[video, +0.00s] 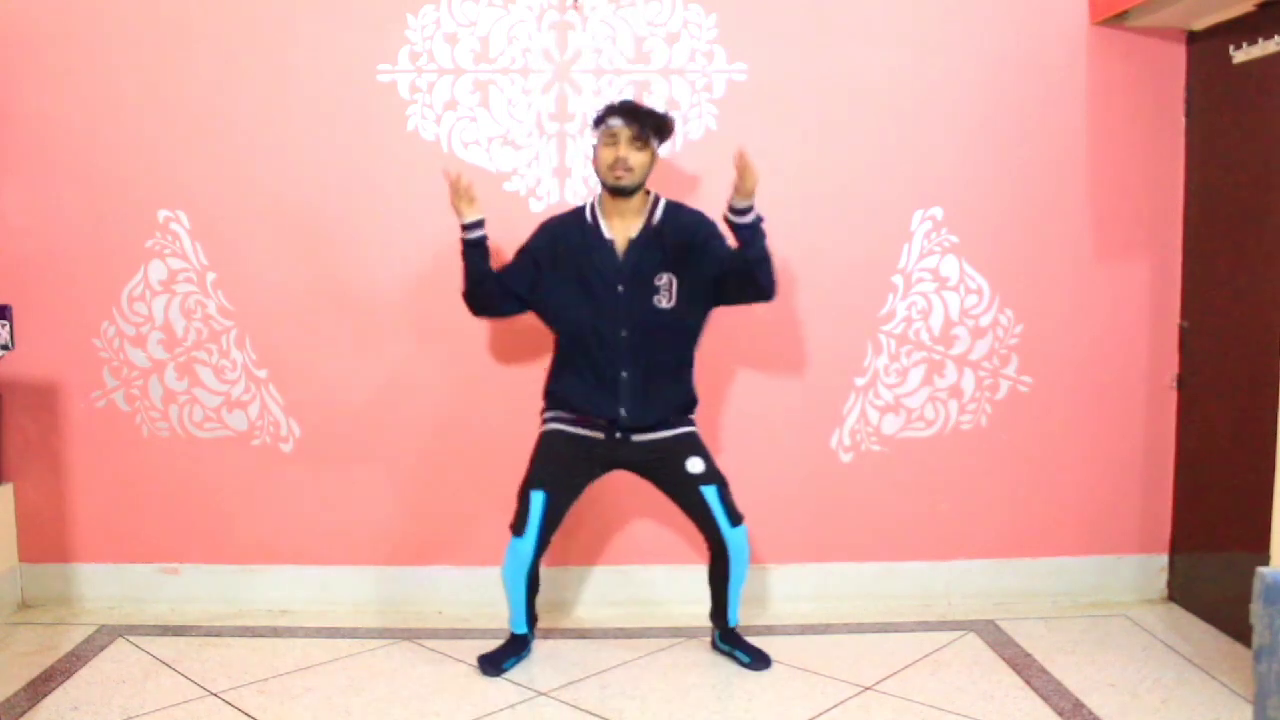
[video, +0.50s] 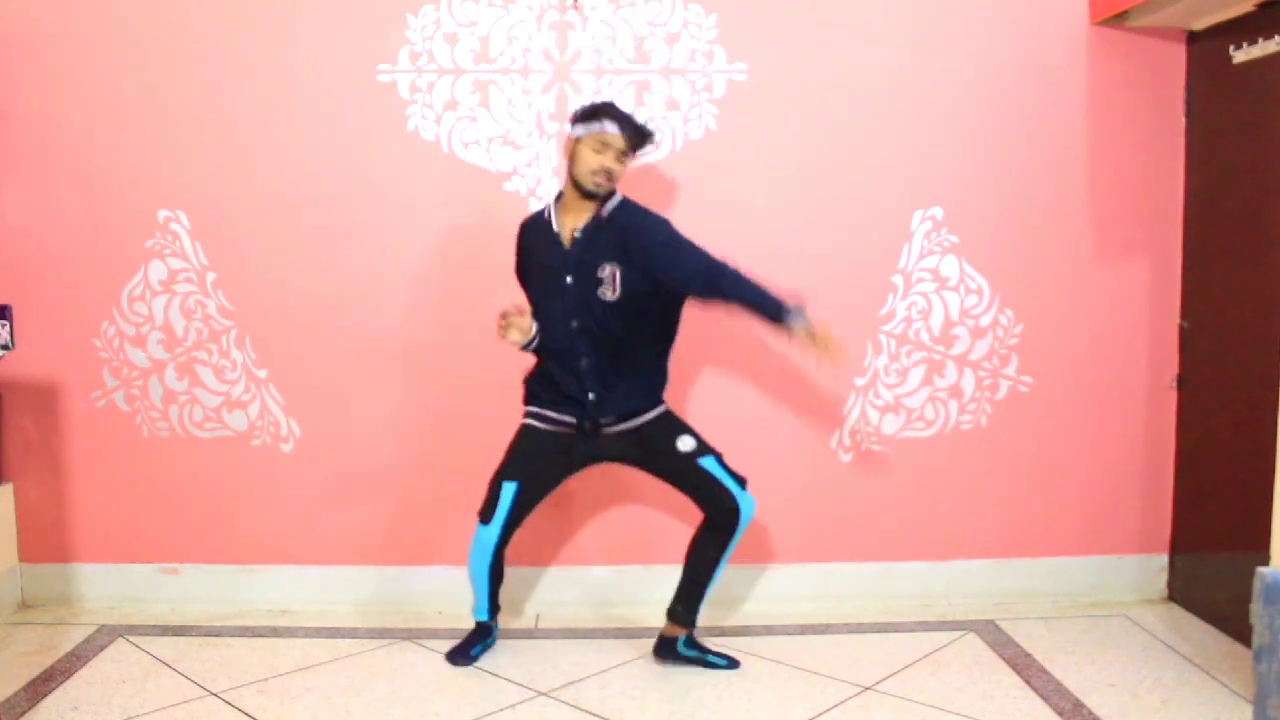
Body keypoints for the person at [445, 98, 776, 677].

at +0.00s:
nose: (621, 156)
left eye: (636, 144)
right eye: (609, 143)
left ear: (655, 156)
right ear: (594, 153)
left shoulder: (689, 232)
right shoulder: (560, 237)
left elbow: (757, 286)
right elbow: (486, 301)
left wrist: (744, 216)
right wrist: (471, 225)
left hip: (664, 426)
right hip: (575, 424)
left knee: (730, 534)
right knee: (526, 536)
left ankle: (727, 632)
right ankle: (519, 635)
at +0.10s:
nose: (619, 121)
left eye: (633, 112)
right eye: (609, 110)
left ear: (652, 125)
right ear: (594, 120)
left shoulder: (682, 198)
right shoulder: (558, 205)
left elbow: (749, 262)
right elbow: (504, 276)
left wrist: (768, 205)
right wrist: (470, 203)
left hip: (657, 399)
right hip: (569, 397)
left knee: (707, 506)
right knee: (516, 504)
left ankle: (733, 624)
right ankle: (514, 628)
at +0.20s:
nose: (622, 106)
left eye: (636, 96)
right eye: (611, 93)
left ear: (652, 109)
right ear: (593, 102)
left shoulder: (667, 180)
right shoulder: (572, 185)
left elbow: (728, 261)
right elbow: (539, 270)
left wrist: (772, 202)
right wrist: (482, 214)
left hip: (644, 380)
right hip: (564, 378)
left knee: (692, 493)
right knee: (517, 487)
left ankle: (735, 614)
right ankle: (504, 623)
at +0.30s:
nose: (618, 114)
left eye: (632, 104)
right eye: (608, 101)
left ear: (650, 118)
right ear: (590, 110)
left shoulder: (668, 191)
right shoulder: (562, 190)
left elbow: (728, 275)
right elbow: (523, 259)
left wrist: (746, 215)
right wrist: (448, 257)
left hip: (643, 390)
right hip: (560, 391)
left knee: (697, 499)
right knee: (509, 495)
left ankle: (736, 621)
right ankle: (503, 624)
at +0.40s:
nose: (613, 134)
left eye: (626, 125)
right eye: (603, 120)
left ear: (638, 136)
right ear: (580, 123)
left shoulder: (650, 200)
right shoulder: (538, 206)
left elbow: (710, 252)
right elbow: (523, 293)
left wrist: (752, 232)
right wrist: (467, 294)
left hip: (641, 394)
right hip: (559, 399)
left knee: (725, 495)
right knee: (504, 512)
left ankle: (702, 612)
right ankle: (485, 623)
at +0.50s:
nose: (611, 164)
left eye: (622, 156)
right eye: (600, 149)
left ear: (627, 166)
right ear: (569, 149)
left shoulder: (642, 232)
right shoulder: (534, 234)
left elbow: (713, 276)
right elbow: (554, 336)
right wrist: (528, 334)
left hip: (640, 421)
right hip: (553, 424)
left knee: (732, 504)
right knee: (490, 526)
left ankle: (677, 634)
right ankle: (483, 626)